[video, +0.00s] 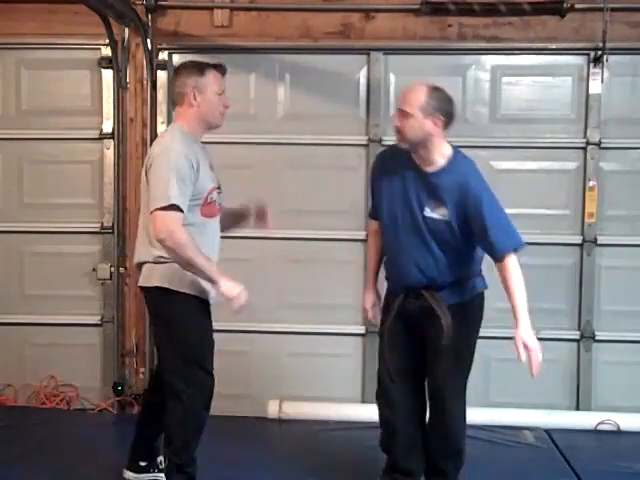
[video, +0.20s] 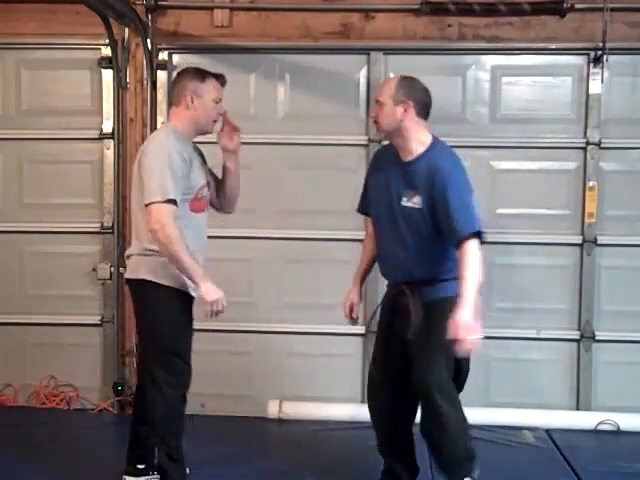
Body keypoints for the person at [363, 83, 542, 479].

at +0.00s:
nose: (395, 121)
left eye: (404, 115)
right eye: (397, 112)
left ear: (435, 125)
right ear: (424, 122)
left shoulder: (464, 179)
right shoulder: (388, 163)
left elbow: (505, 253)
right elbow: (377, 226)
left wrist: (523, 324)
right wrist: (370, 286)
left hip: (455, 302)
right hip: (401, 298)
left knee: (445, 397)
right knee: (395, 395)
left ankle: (442, 472)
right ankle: (401, 470)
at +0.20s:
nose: (372, 112)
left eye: (379, 105)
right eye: (373, 104)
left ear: (405, 110)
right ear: (399, 111)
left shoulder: (442, 164)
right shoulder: (383, 158)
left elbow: (470, 241)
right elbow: (374, 229)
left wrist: (467, 308)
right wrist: (357, 283)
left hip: (442, 297)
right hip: (399, 296)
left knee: (433, 390)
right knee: (384, 396)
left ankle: (461, 470)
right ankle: (399, 472)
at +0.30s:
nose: (372, 109)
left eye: (377, 102)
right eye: (373, 102)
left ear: (401, 106)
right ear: (401, 106)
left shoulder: (438, 163)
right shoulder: (389, 158)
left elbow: (449, 244)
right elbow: (379, 230)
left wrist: (423, 311)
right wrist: (357, 280)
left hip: (446, 290)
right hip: (406, 288)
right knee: (384, 388)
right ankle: (398, 472)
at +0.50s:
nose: (382, 105)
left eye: (387, 97)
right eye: (384, 96)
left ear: (410, 102)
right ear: (414, 104)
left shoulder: (436, 157)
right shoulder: (416, 155)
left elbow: (414, 242)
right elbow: (412, 238)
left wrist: (363, 299)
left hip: (449, 293)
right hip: (421, 293)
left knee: (454, 405)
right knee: (394, 403)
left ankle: (487, 476)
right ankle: (398, 474)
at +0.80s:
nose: (412, 106)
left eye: (418, 98)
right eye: (414, 98)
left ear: (443, 103)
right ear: (448, 105)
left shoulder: (443, 161)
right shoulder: (479, 151)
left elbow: (403, 235)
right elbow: (475, 226)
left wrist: (352, 265)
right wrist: (414, 239)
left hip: (461, 301)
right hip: (481, 295)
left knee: (473, 414)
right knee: (421, 402)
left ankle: (499, 479)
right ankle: (401, 475)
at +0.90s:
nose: (419, 108)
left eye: (425, 100)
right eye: (421, 99)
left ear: (451, 104)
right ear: (459, 106)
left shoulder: (442, 163)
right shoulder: (494, 152)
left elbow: (397, 231)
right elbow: (527, 217)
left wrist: (341, 265)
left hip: (460, 302)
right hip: (490, 298)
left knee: (470, 413)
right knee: (420, 401)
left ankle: (498, 478)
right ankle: (401, 475)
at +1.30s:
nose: (404, 109)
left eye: (410, 101)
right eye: (406, 100)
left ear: (435, 108)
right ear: (442, 110)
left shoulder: (435, 163)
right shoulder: (466, 156)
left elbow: (409, 245)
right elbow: (482, 216)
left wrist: (343, 286)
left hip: (440, 307)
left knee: (455, 416)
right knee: (375, 404)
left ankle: (494, 476)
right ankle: (339, 474)